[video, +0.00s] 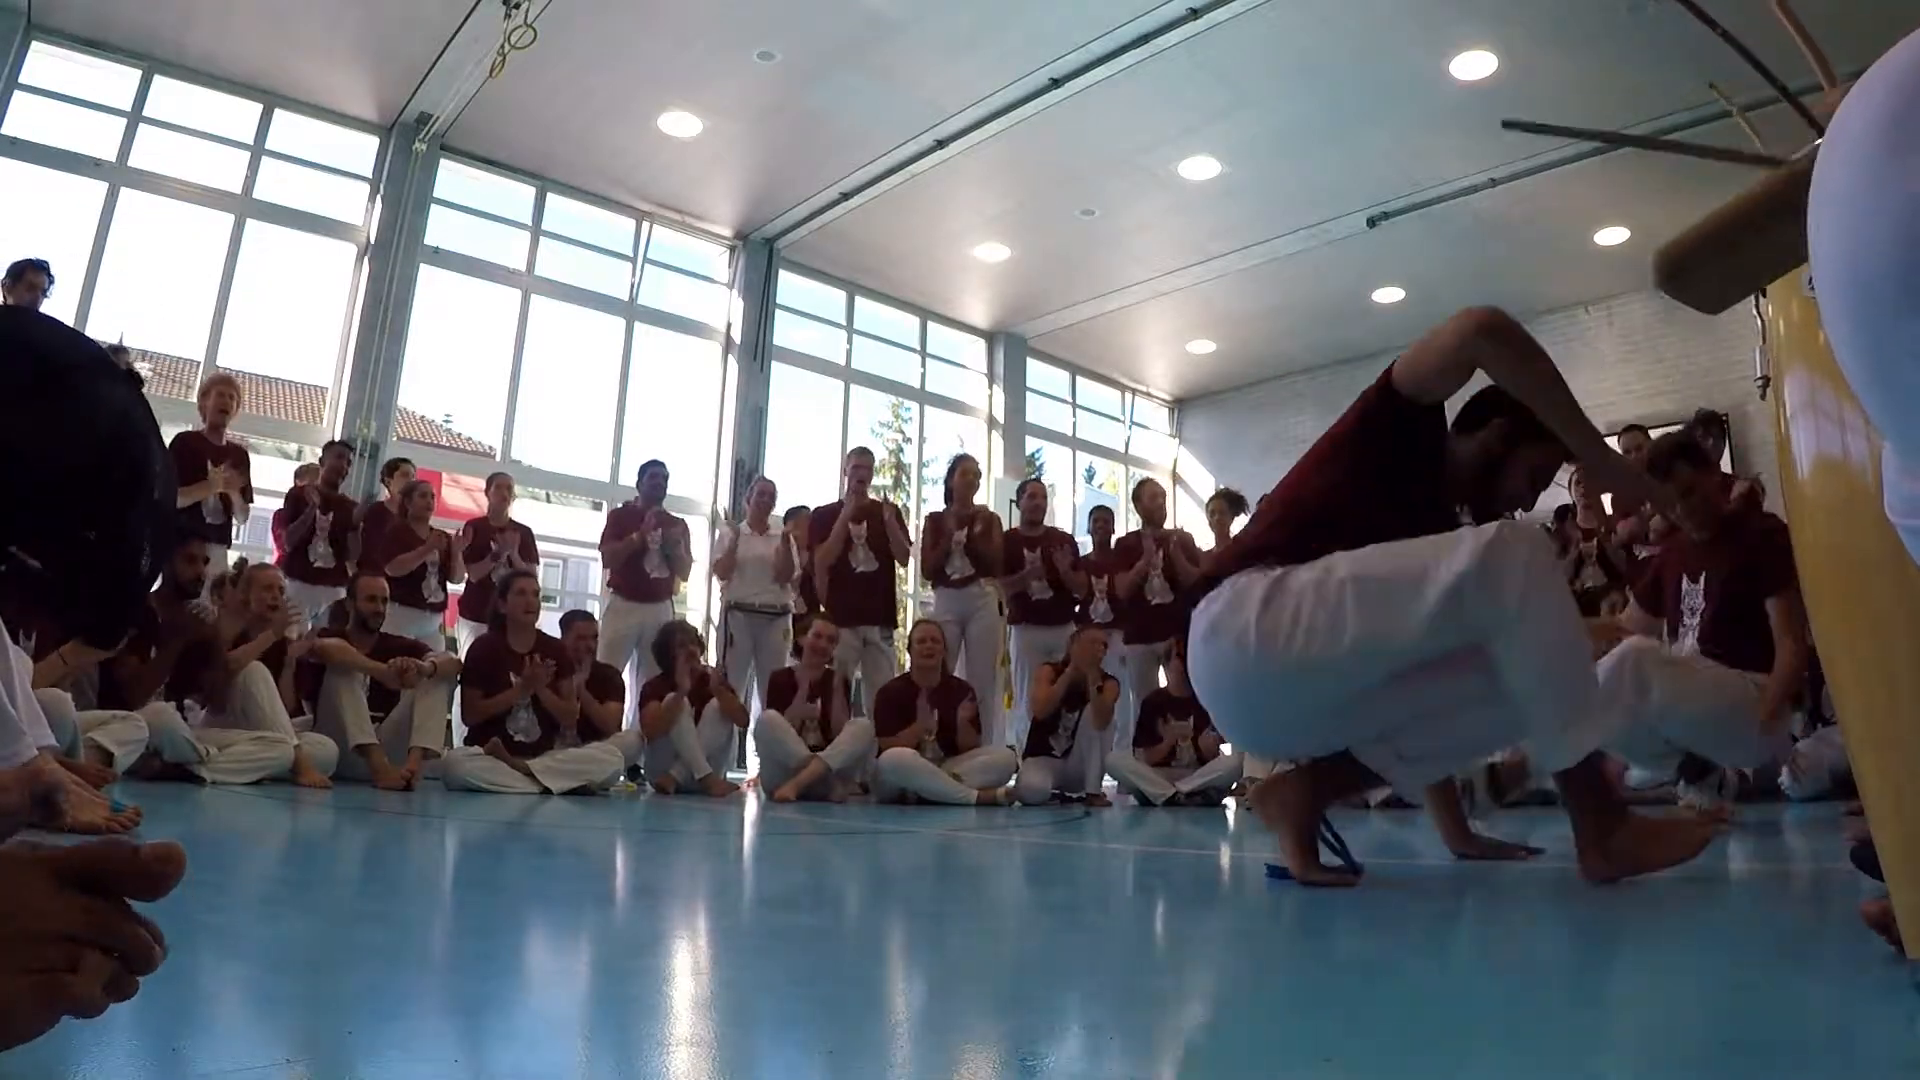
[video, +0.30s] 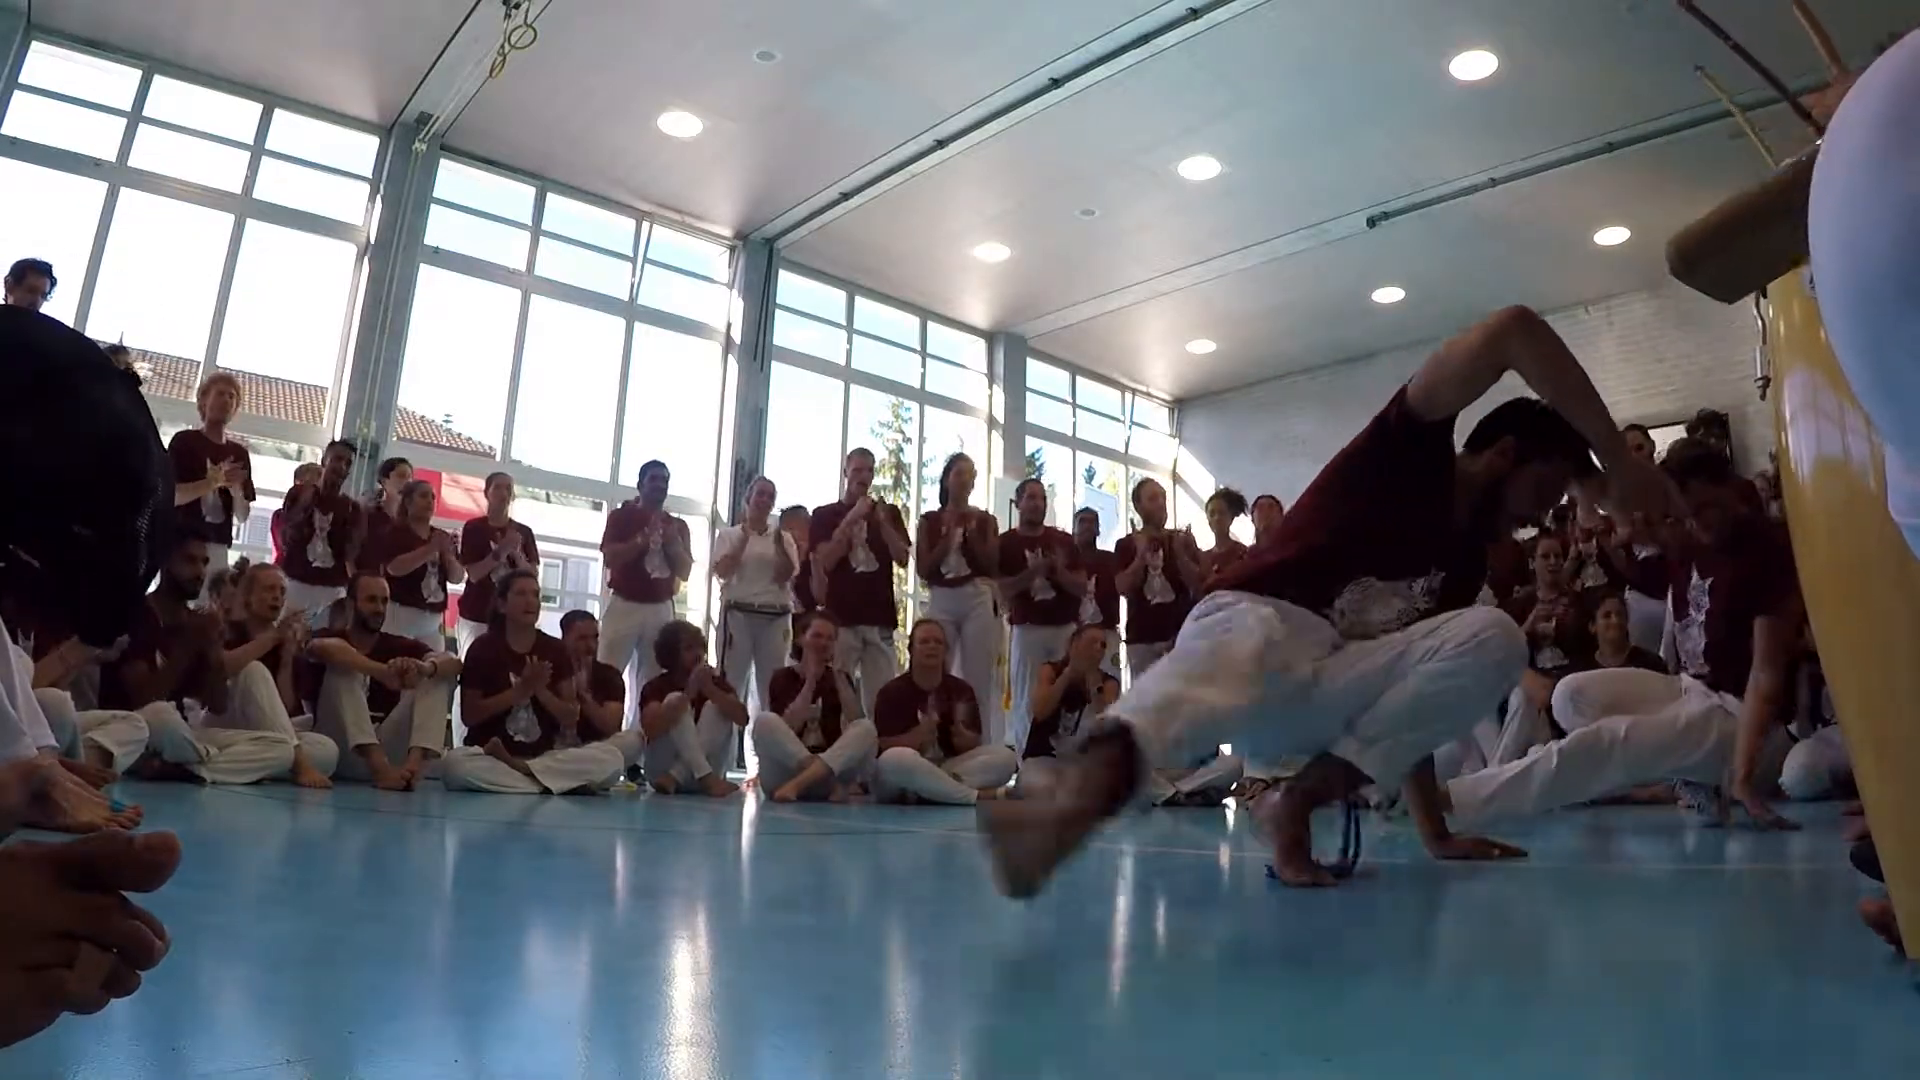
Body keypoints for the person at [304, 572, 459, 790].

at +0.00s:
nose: (380, 608)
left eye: (384, 601)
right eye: (371, 600)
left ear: (389, 604)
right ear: (351, 603)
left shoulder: (395, 644)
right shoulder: (327, 637)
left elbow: (454, 663)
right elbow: (325, 649)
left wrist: (426, 667)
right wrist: (382, 672)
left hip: (386, 752)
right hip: (336, 750)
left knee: (437, 673)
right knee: (343, 664)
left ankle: (414, 764)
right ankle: (379, 766)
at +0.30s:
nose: (380, 608)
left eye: (384, 601)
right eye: (371, 600)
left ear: (389, 603)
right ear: (352, 603)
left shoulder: (397, 644)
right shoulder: (329, 638)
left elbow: (455, 663)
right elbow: (320, 648)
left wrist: (426, 667)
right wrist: (383, 672)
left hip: (387, 752)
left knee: (437, 673)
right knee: (342, 663)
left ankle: (414, 764)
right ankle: (379, 766)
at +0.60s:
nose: (380, 608)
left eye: (385, 601)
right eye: (371, 601)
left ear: (389, 603)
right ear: (352, 603)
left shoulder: (396, 644)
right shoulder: (329, 637)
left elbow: (455, 663)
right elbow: (319, 648)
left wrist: (427, 667)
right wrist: (383, 672)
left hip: (387, 752)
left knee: (438, 673)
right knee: (342, 664)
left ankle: (414, 764)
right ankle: (379, 766)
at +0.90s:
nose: (380, 608)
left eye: (385, 601)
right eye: (371, 601)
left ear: (389, 604)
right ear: (352, 603)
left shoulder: (396, 644)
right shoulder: (328, 637)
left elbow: (455, 663)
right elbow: (319, 649)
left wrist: (427, 668)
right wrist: (382, 671)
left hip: (388, 751)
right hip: (337, 750)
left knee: (438, 673)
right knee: (342, 663)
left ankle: (414, 763)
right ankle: (379, 765)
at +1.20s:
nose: (379, 609)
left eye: (384, 602)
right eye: (371, 601)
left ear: (389, 603)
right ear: (351, 603)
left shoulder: (395, 643)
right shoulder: (328, 638)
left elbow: (455, 663)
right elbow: (328, 649)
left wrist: (428, 667)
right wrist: (381, 670)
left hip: (387, 751)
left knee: (439, 674)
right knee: (342, 663)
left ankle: (414, 762)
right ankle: (378, 764)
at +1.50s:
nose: (379, 609)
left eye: (384, 601)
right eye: (370, 601)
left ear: (389, 602)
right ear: (351, 603)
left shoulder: (394, 643)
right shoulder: (328, 638)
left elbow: (453, 663)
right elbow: (325, 649)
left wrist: (425, 667)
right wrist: (382, 672)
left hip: (387, 750)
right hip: (338, 749)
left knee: (437, 674)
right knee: (342, 661)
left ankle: (416, 762)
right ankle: (378, 764)